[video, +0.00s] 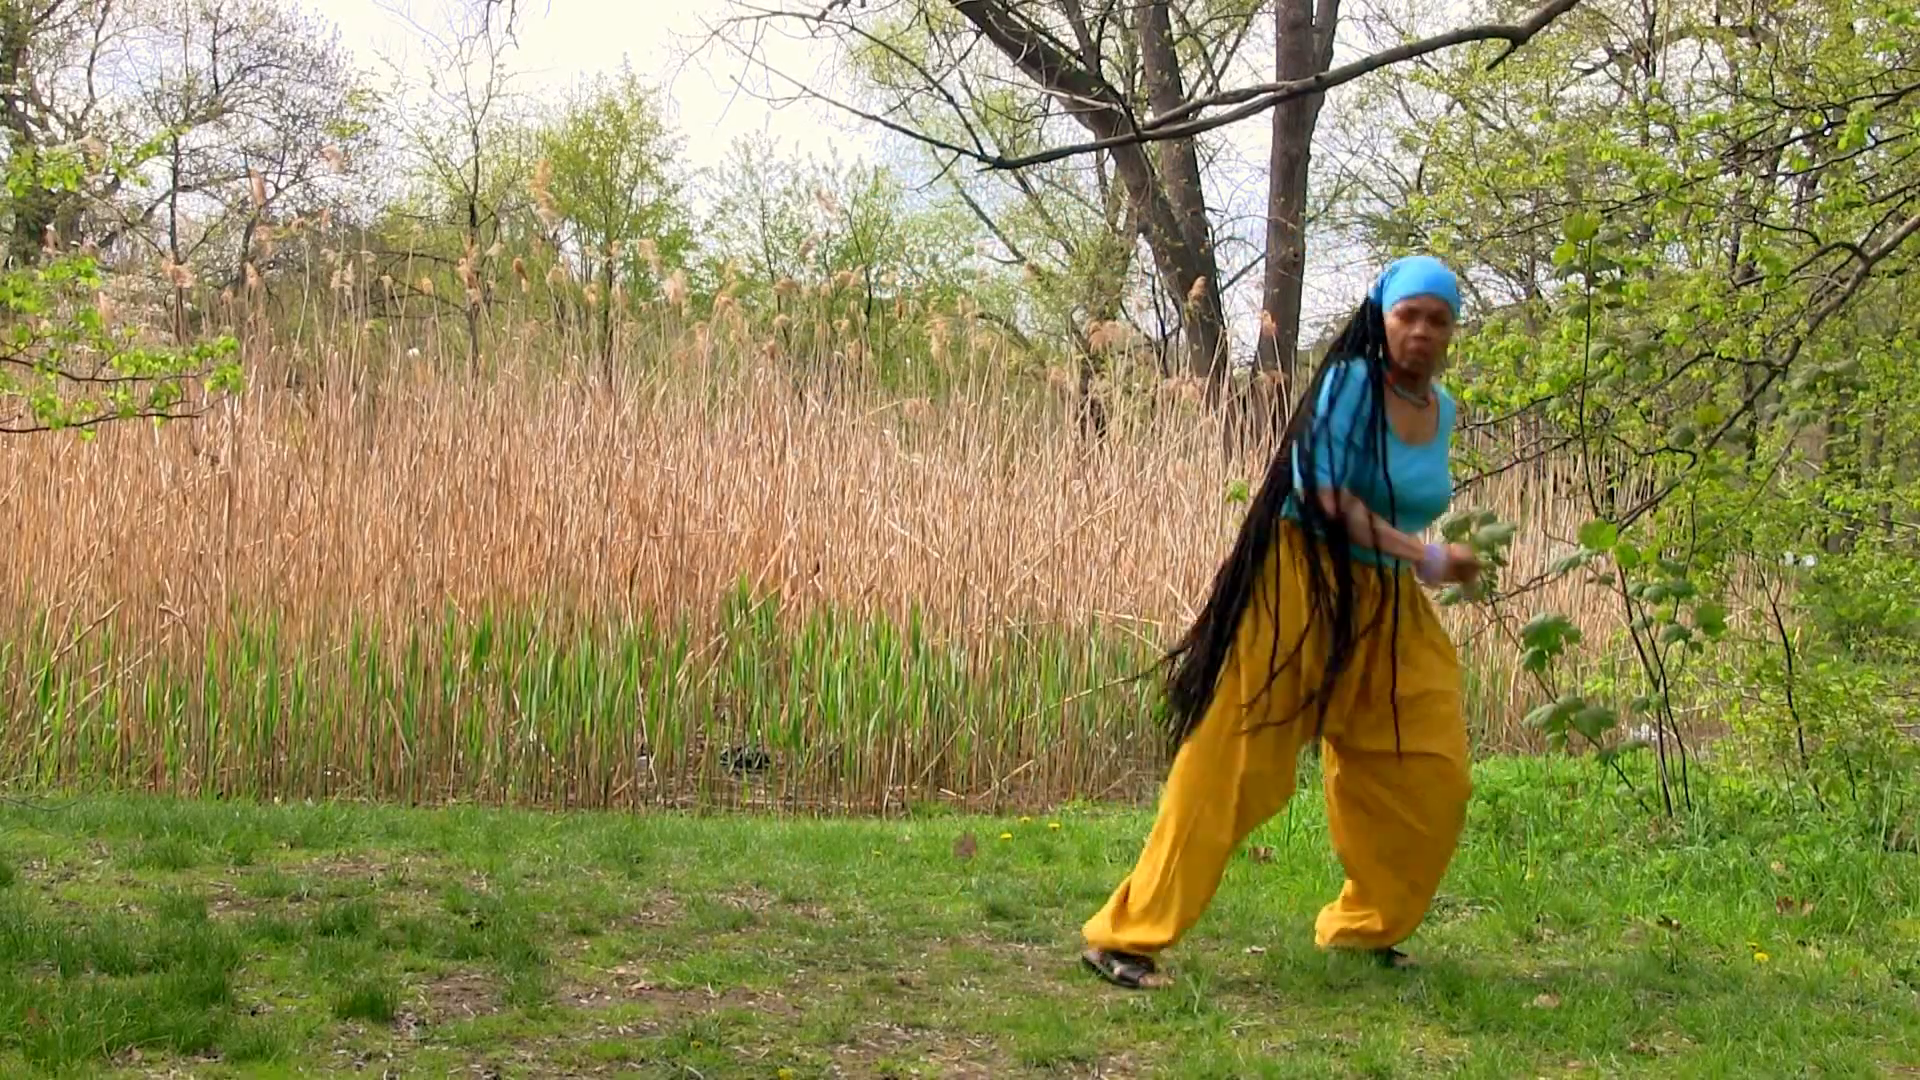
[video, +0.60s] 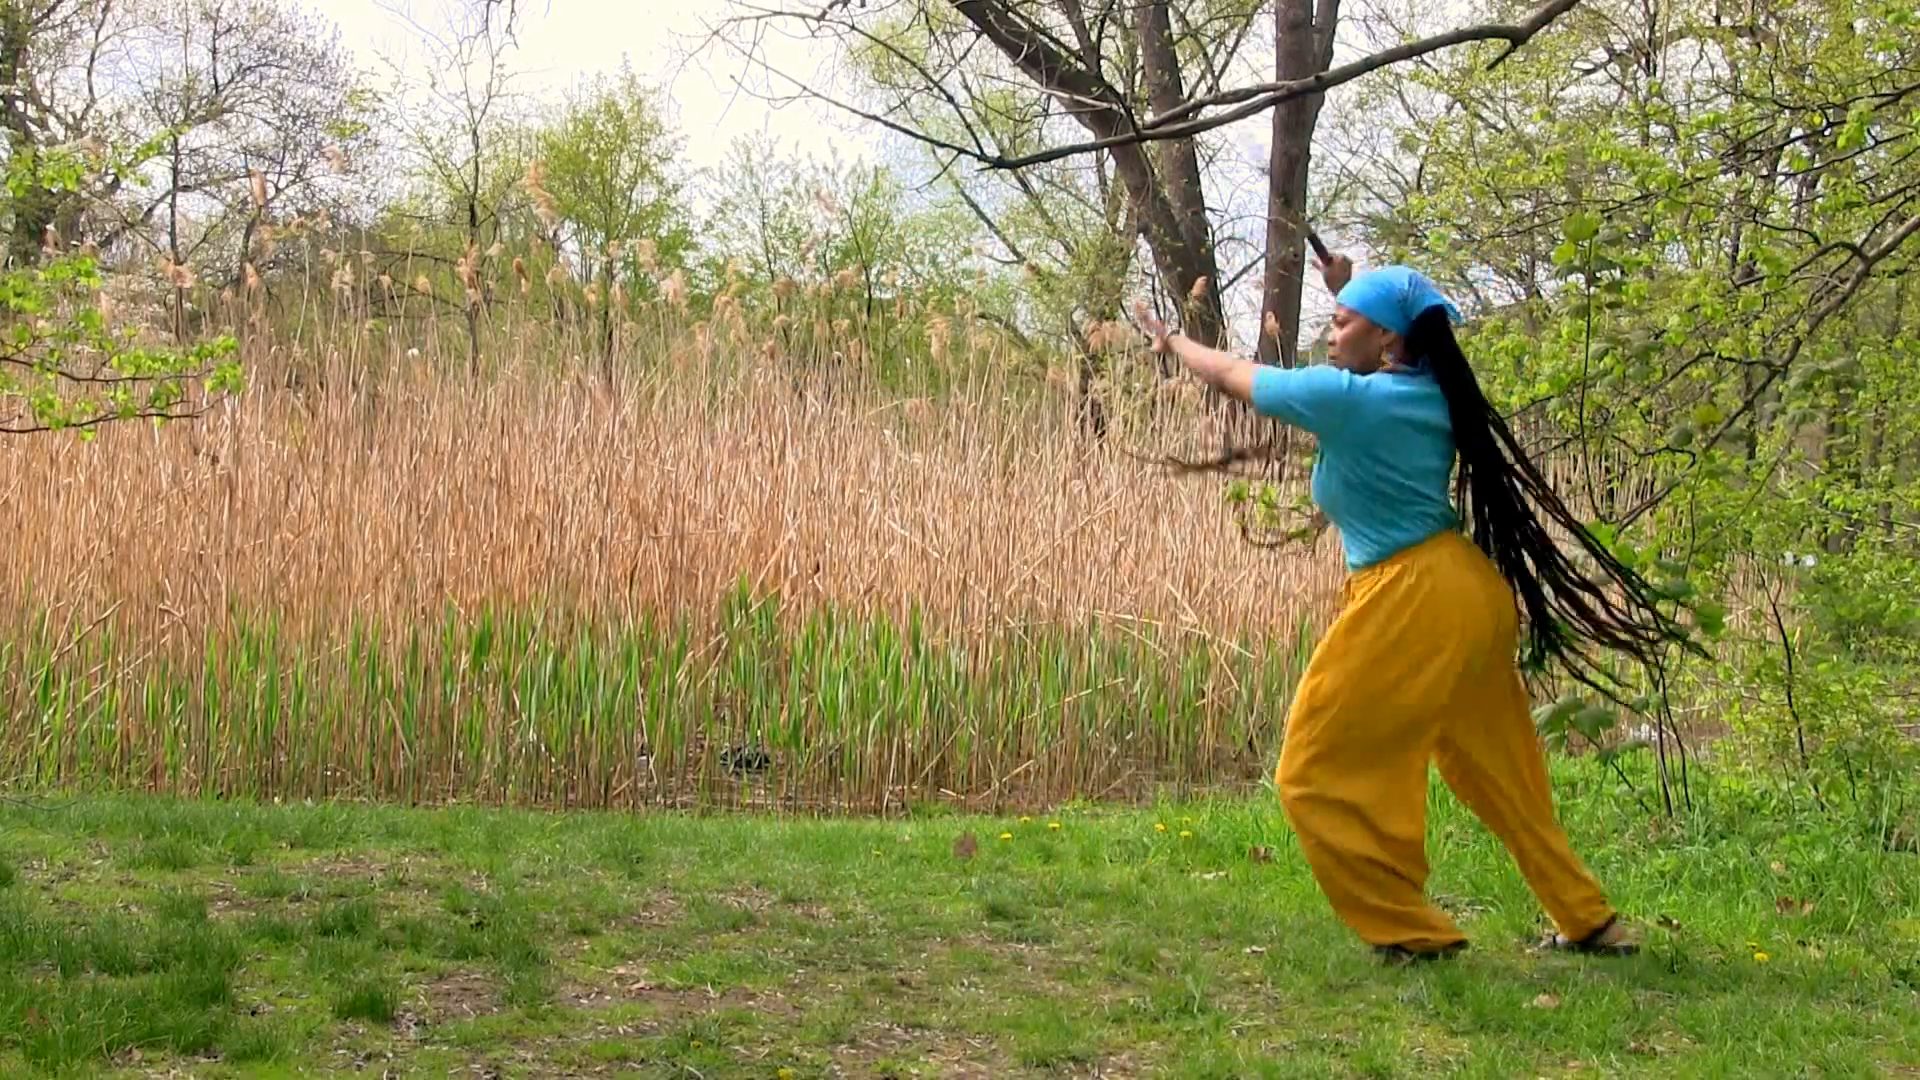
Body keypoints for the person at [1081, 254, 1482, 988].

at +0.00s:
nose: (1423, 332)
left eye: (1438, 321)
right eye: (1410, 316)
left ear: (1453, 332)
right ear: (1381, 320)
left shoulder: (1441, 409)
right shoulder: (1350, 384)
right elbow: (1322, 493)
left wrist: (1436, 559)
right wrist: (1419, 550)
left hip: (1391, 599)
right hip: (1303, 581)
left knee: (1435, 771)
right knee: (1232, 750)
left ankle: (1362, 928)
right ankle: (1126, 933)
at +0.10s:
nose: (1390, 290)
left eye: (1412, 283)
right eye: (1390, 274)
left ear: (1452, 310)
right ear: (1380, 280)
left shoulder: (1484, 392)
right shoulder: (1339, 349)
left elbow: (1523, 496)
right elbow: (1275, 424)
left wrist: (1501, 494)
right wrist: (1268, 451)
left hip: (1407, 576)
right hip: (1299, 551)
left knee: (1413, 754)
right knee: (1231, 719)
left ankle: (1369, 914)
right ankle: (1168, 908)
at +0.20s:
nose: (1379, 292)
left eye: (1397, 284)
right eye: (1382, 278)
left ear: (1444, 302)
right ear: (1383, 284)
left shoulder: (1486, 374)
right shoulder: (1347, 344)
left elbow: (1524, 473)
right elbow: (1263, 390)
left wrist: (1462, 391)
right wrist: (1219, 335)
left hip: (1410, 574)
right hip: (1306, 552)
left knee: (1387, 766)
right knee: (1225, 706)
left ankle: (1395, 933)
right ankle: (1319, 791)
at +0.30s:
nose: (1375, 297)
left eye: (1391, 288)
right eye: (1376, 284)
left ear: (1437, 305)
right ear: (1384, 290)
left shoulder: (1459, 362)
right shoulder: (1361, 351)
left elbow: (1385, 383)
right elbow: (1282, 360)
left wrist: (1334, 334)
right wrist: (1279, 266)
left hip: (1419, 577)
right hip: (1330, 561)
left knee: (1395, 771)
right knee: (1251, 728)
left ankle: (1392, 929)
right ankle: (1404, 712)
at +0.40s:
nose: (1369, 301)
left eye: (1385, 294)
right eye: (1371, 293)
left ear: (1432, 309)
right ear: (1383, 302)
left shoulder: (1422, 359)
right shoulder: (1397, 353)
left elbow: (1278, 342)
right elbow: (1348, 320)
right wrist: (1327, 235)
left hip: (1417, 576)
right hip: (1349, 570)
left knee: (1372, 765)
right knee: (1324, 752)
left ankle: (1394, 932)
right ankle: (1497, 747)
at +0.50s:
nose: (1358, 308)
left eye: (1373, 301)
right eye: (1360, 298)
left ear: (1413, 318)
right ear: (1424, 323)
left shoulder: (1371, 369)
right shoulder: (1450, 384)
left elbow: (1247, 353)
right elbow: (1407, 328)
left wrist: (1280, 331)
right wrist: (1362, 254)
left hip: (1401, 582)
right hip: (1439, 570)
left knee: (1326, 771)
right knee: (1433, 767)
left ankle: (1403, 934)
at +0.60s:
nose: (1335, 328)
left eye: (1347, 320)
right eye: (1337, 318)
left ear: (1389, 340)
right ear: (1397, 343)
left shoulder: (1345, 396)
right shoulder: (1436, 396)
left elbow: (1238, 378)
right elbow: (1405, 351)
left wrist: (1173, 342)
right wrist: (1349, 294)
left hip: (1408, 596)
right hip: (1473, 584)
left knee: (1311, 771)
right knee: (1497, 761)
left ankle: (1411, 931)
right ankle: (1588, 919)